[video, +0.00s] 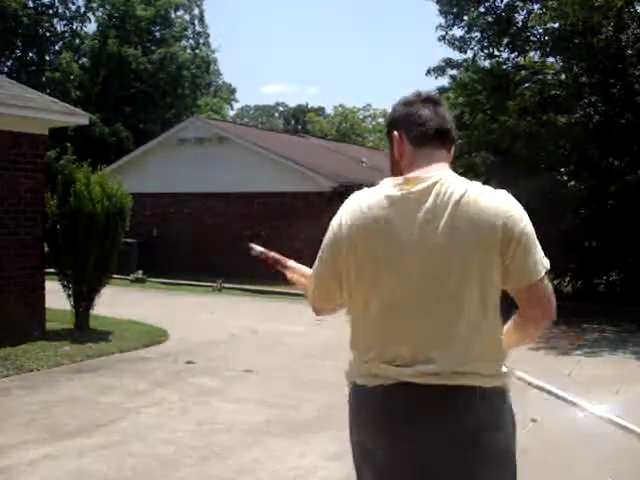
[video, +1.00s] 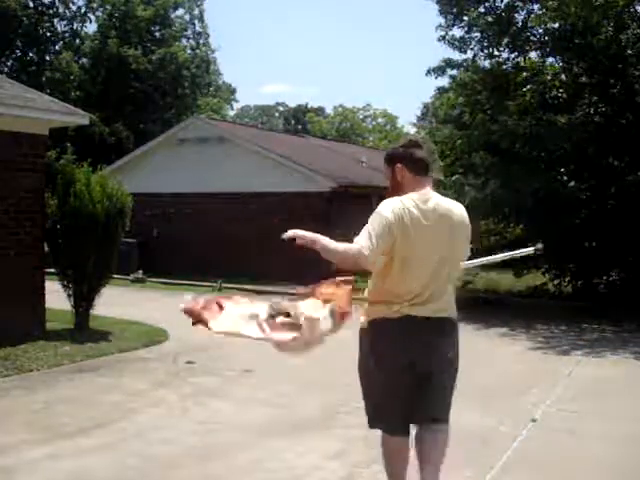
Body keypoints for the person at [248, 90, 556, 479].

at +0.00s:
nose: (388, 156)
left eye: (388, 146)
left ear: (398, 143)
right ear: (452, 147)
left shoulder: (359, 209)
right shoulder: (497, 207)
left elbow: (324, 300)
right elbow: (540, 308)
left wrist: (302, 277)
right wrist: (494, 345)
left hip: (380, 410)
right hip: (475, 410)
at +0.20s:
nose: (397, 158)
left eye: (396, 147)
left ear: (405, 147)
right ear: (452, 150)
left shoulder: (369, 205)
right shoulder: (494, 207)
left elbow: (322, 277)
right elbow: (523, 298)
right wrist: (480, 332)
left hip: (385, 383)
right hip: (469, 384)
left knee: (385, 473)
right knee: (457, 473)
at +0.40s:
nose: (402, 169)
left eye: (402, 160)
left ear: (409, 159)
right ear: (453, 163)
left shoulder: (385, 208)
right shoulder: (491, 215)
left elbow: (320, 247)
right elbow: (505, 298)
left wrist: (317, 190)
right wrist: (466, 328)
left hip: (396, 375)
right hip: (468, 373)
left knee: (396, 472)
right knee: (448, 472)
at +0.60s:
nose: (402, 174)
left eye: (402, 165)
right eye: (401, 166)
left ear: (412, 160)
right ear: (446, 162)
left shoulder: (408, 199)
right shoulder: (481, 214)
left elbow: (368, 235)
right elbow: (484, 273)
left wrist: (290, 208)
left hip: (403, 346)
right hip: (464, 346)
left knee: (398, 450)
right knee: (445, 454)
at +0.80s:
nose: (393, 185)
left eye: (392, 176)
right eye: (391, 178)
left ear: (404, 170)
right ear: (431, 171)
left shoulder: (403, 207)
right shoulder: (465, 214)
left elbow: (374, 251)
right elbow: (472, 262)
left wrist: (311, 239)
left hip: (399, 341)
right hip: (453, 338)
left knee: (397, 445)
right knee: (437, 443)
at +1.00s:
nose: (390, 182)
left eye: (389, 174)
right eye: (390, 175)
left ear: (399, 171)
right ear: (427, 172)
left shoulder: (393, 210)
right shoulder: (458, 214)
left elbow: (363, 257)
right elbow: (455, 266)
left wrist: (315, 240)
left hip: (389, 332)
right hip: (440, 331)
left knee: (394, 425)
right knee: (435, 422)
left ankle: (398, 477)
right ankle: (430, 477)